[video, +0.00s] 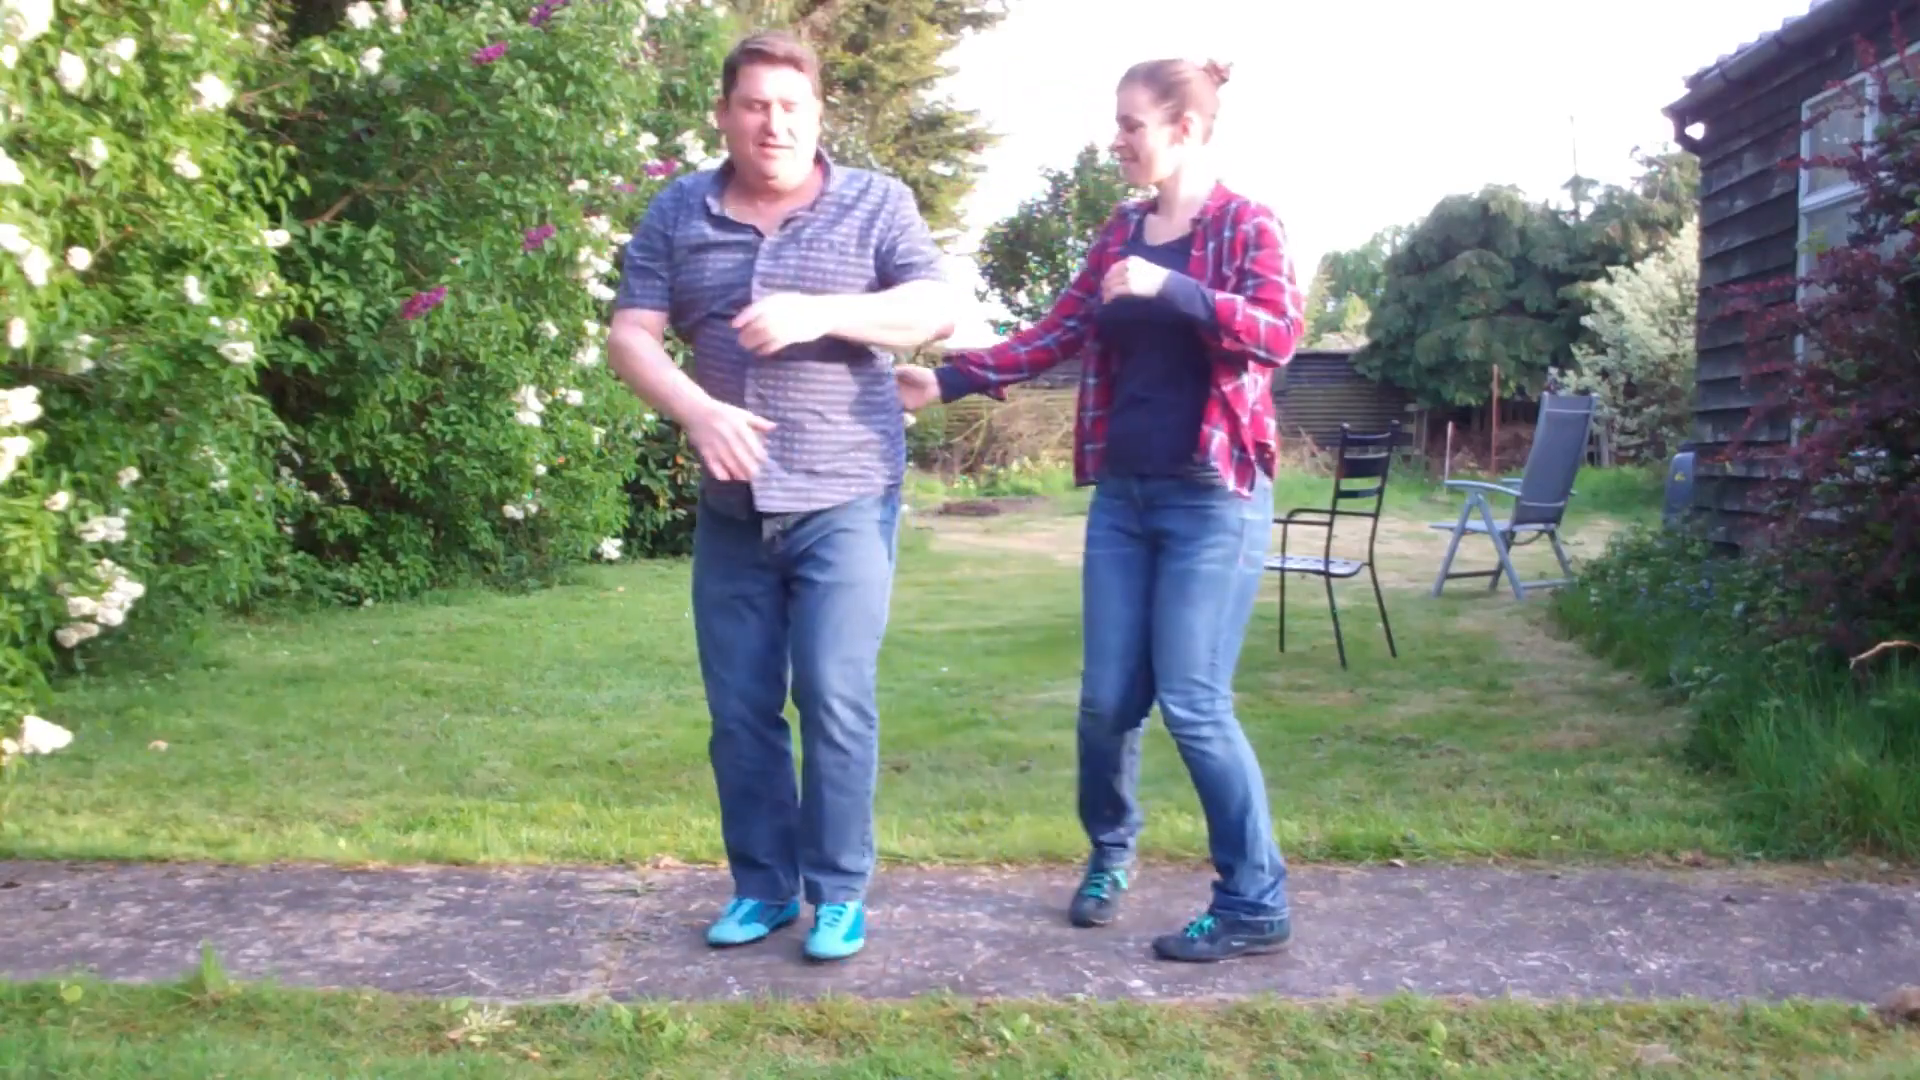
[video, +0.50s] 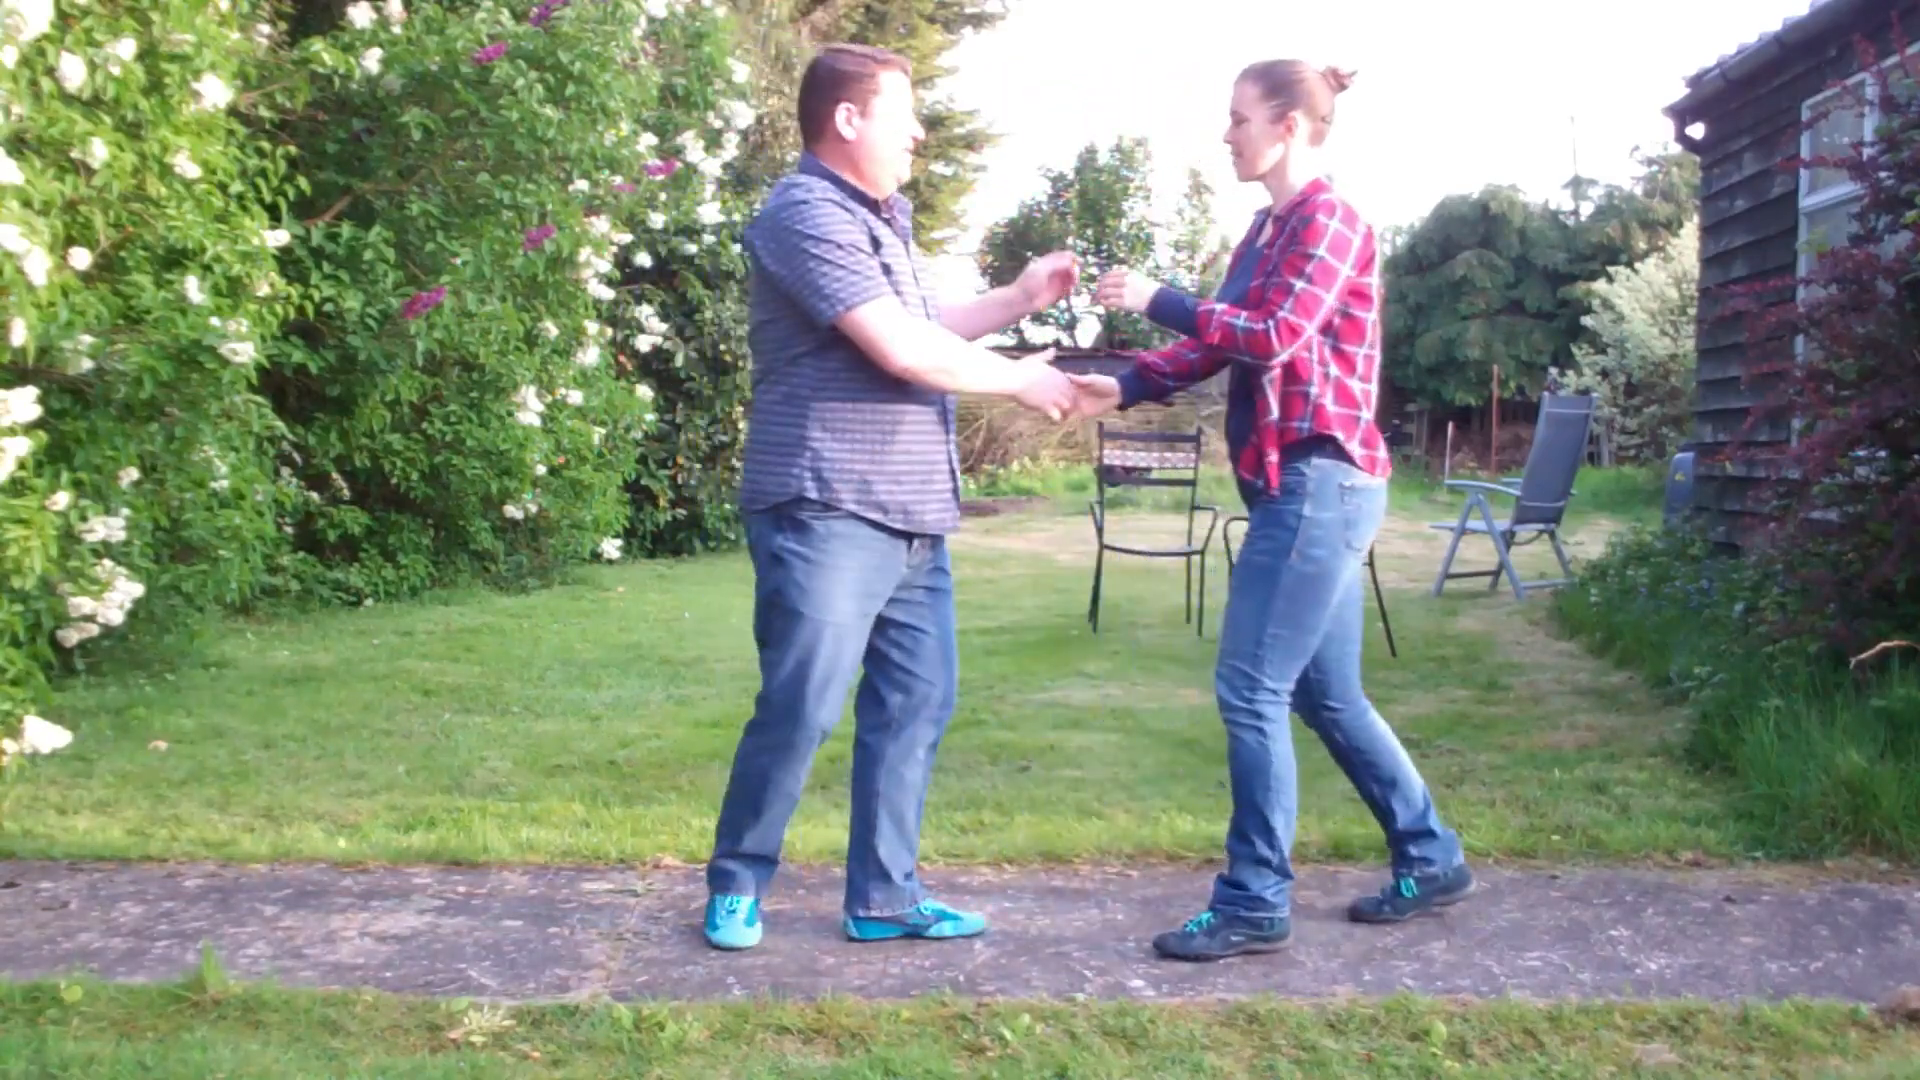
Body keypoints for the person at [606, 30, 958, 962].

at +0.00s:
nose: (770, 121)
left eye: (788, 106)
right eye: (752, 105)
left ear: (818, 117)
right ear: (723, 116)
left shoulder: (874, 202)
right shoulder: (681, 209)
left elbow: (940, 308)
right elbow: (629, 336)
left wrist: (819, 315)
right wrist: (697, 411)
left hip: (846, 500)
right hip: (732, 502)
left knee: (832, 694)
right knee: (739, 706)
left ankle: (839, 888)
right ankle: (764, 883)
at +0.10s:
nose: (813, 133)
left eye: (823, 117)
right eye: (793, 114)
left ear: (834, 126)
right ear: (741, 120)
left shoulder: (874, 206)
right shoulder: (682, 217)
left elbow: (956, 297)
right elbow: (668, 358)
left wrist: (886, 297)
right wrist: (788, 421)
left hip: (856, 508)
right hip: (734, 516)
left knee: (858, 696)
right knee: (743, 712)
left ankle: (852, 880)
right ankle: (766, 887)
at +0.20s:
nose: (846, 136)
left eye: (850, 120)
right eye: (829, 118)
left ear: (854, 126)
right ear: (767, 121)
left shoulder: (876, 214)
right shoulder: (703, 221)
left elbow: (965, 293)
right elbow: (729, 361)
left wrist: (960, 293)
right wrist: (874, 416)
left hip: (862, 507)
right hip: (746, 515)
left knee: (884, 691)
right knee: (752, 709)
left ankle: (861, 879)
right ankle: (763, 888)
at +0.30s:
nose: (871, 139)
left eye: (871, 121)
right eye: (858, 120)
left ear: (821, 123)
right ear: (796, 122)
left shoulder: (874, 214)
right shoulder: (732, 218)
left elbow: (943, 302)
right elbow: (796, 355)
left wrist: (973, 270)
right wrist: (929, 399)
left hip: (869, 510)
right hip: (762, 512)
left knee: (900, 687)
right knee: (766, 707)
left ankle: (875, 887)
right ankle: (761, 888)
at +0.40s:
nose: (893, 138)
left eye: (892, 120)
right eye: (880, 119)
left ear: (839, 122)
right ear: (823, 121)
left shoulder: (877, 217)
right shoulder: (768, 212)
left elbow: (920, 314)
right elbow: (853, 350)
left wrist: (999, 271)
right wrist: (980, 388)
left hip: (889, 512)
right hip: (791, 506)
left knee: (908, 693)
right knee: (783, 707)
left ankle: (884, 895)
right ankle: (749, 889)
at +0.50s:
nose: (916, 137)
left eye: (913, 119)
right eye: (904, 119)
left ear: (855, 122)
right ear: (848, 121)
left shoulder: (883, 221)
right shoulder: (805, 211)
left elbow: (927, 324)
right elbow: (896, 346)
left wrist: (1022, 295)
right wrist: (1020, 377)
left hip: (911, 513)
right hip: (826, 504)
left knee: (915, 705)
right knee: (803, 705)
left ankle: (885, 899)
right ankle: (739, 883)